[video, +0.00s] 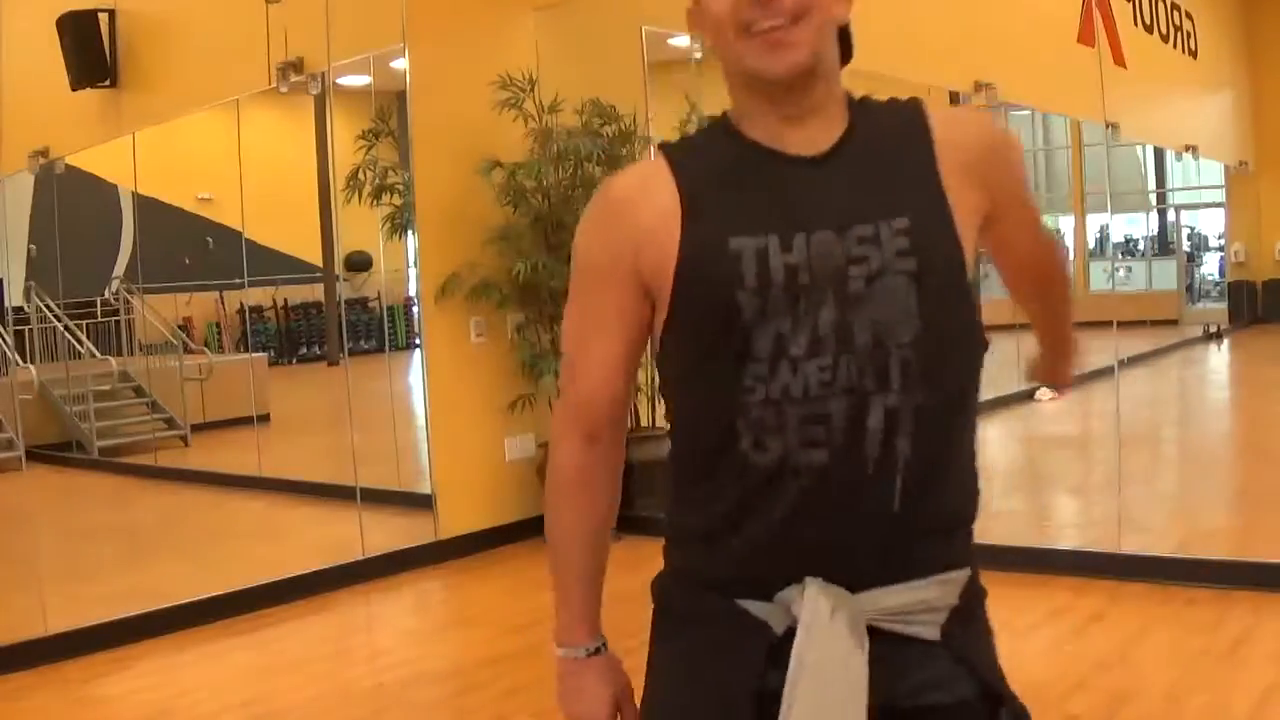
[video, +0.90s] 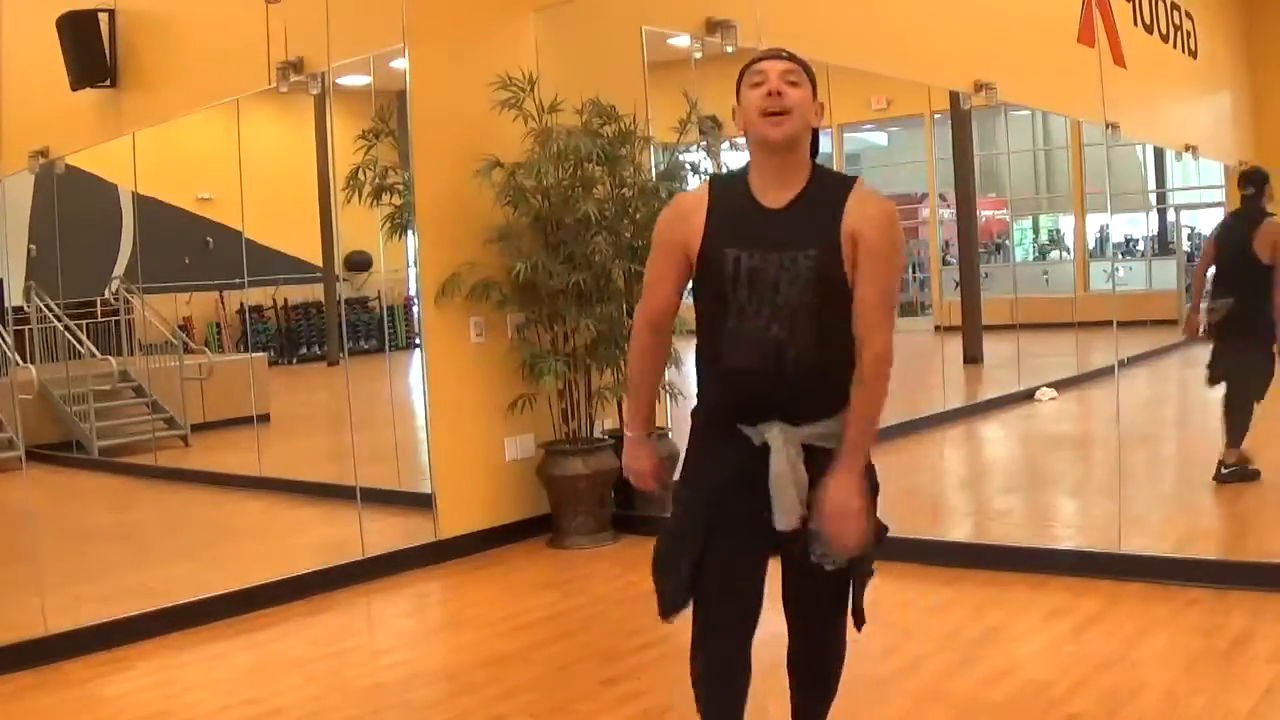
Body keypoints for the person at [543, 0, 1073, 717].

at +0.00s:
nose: (771, 1)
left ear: (842, 1)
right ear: (699, 18)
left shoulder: (966, 152)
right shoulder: (638, 207)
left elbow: (1042, 278)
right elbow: (588, 432)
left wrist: (1058, 360)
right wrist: (579, 644)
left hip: (926, 632)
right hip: (725, 642)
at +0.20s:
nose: (715, 63)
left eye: (739, 41)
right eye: (683, 56)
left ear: (784, 74)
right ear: (660, 109)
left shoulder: (902, 201)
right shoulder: (626, 280)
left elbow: (965, 305)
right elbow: (591, 485)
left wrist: (976, 409)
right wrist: (591, 674)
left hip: (889, 602)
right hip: (723, 620)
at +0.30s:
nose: (715, 12)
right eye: (684, 5)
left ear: (775, 25)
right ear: (656, 52)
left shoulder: (880, 156)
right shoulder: (626, 212)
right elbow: (592, 401)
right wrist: (604, 579)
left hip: (878, 527)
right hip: (722, 547)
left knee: (916, 705)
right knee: (716, 706)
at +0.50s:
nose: (734, 58)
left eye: (755, 48)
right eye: (713, 52)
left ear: (790, 85)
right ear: (691, 94)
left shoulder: (866, 191)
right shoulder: (643, 222)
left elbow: (933, 306)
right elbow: (600, 380)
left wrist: (888, 397)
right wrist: (594, 528)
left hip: (854, 508)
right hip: (727, 524)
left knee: (881, 703)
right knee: (739, 704)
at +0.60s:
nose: (755, 91)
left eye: (775, 82)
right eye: (735, 85)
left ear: (806, 115)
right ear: (713, 124)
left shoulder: (872, 218)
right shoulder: (660, 243)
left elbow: (902, 300)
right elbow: (615, 379)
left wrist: (822, 318)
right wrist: (602, 508)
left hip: (843, 517)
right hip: (726, 525)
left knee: (843, 699)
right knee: (736, 704)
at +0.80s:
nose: (780, 103)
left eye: (798, 94)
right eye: (763, 96)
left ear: (826, 124)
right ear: (742, 129)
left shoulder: (876, 224)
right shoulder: (688, 230)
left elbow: (882, 348)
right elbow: (643, 339)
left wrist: (772, 419)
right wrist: (636, 444)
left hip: (833, 475)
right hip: (729, 476)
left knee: (823, 660)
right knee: (729, 672)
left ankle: (812, 717)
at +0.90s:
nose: (774, 90)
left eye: (791, 82)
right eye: (757, 83)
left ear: (817, 111)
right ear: (738, 116)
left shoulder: (863, 212)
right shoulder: (692, 212)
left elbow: (874, 351)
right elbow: (651, 325)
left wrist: (851, 469)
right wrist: (637, 433)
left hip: (826, 449)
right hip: (725, 448)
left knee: (818, 625)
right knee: (719, 627)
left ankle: (809, 716)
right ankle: (719, 718)